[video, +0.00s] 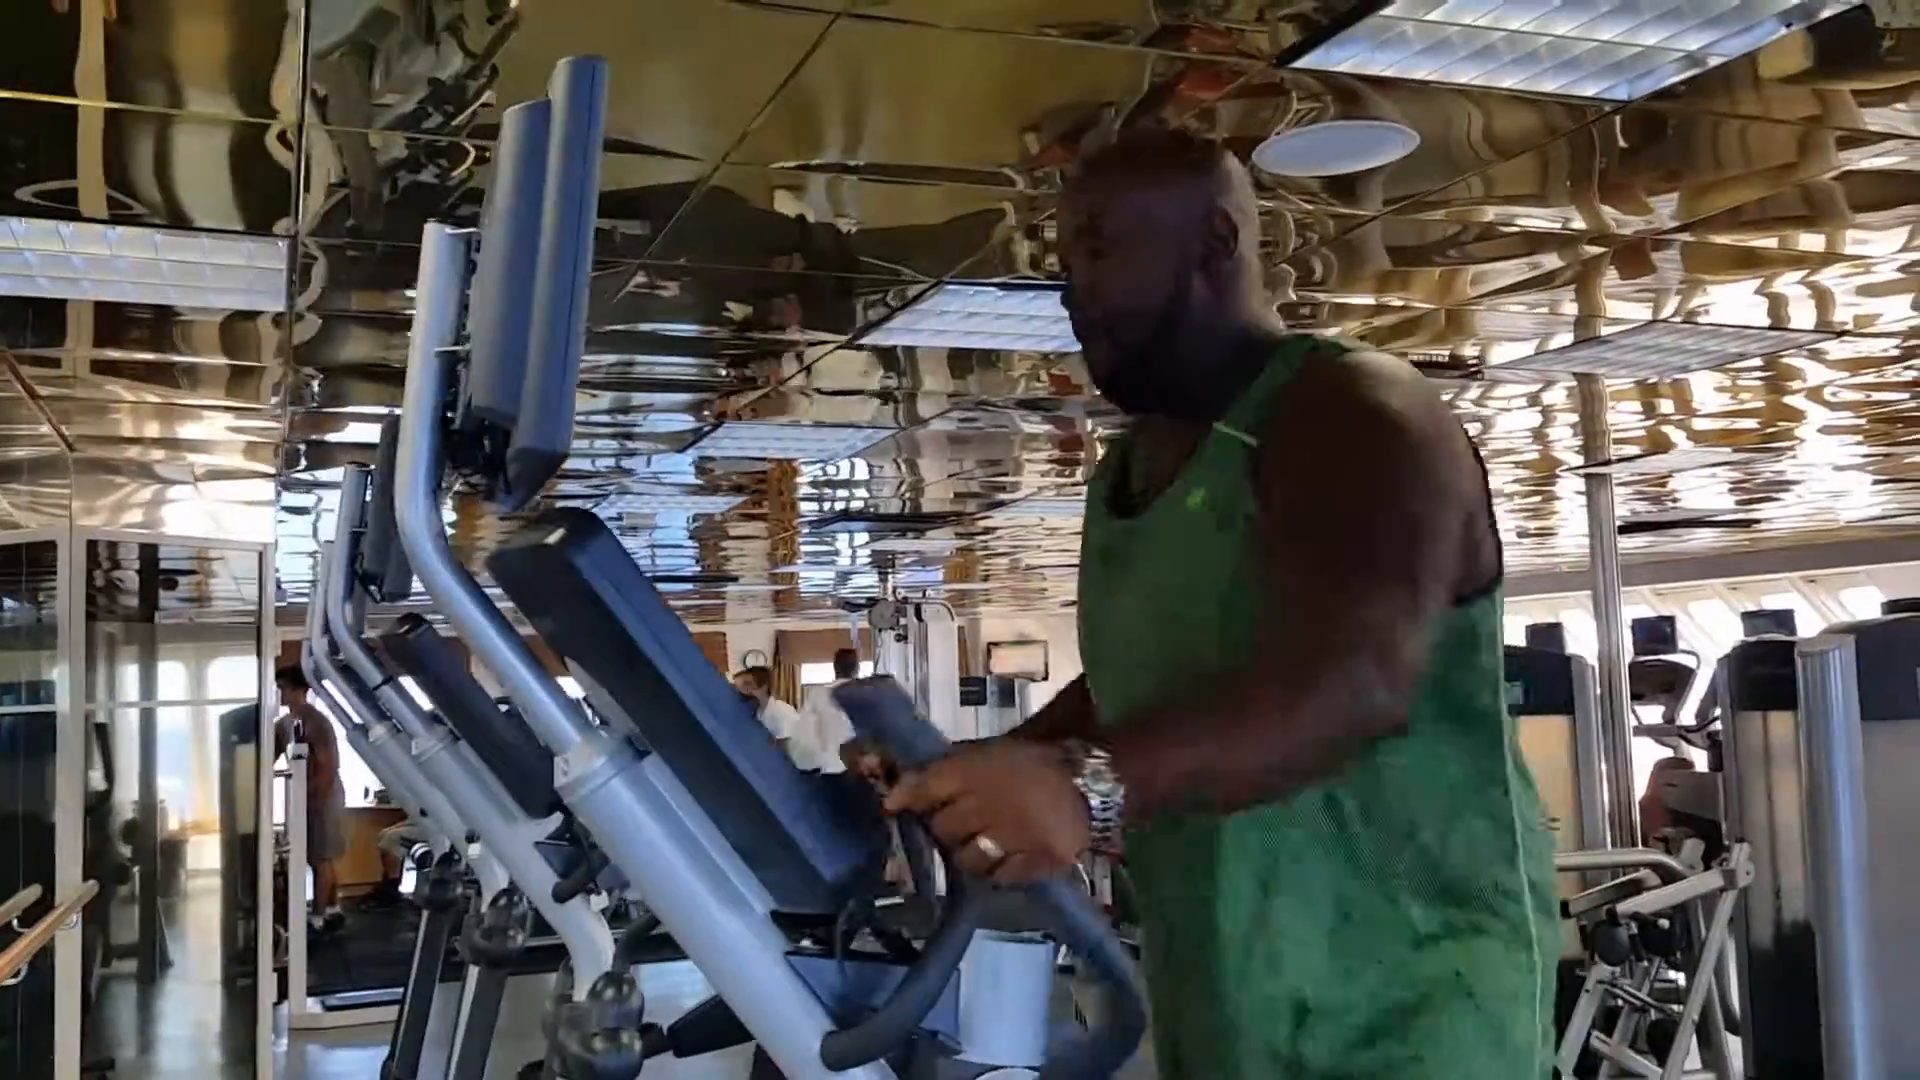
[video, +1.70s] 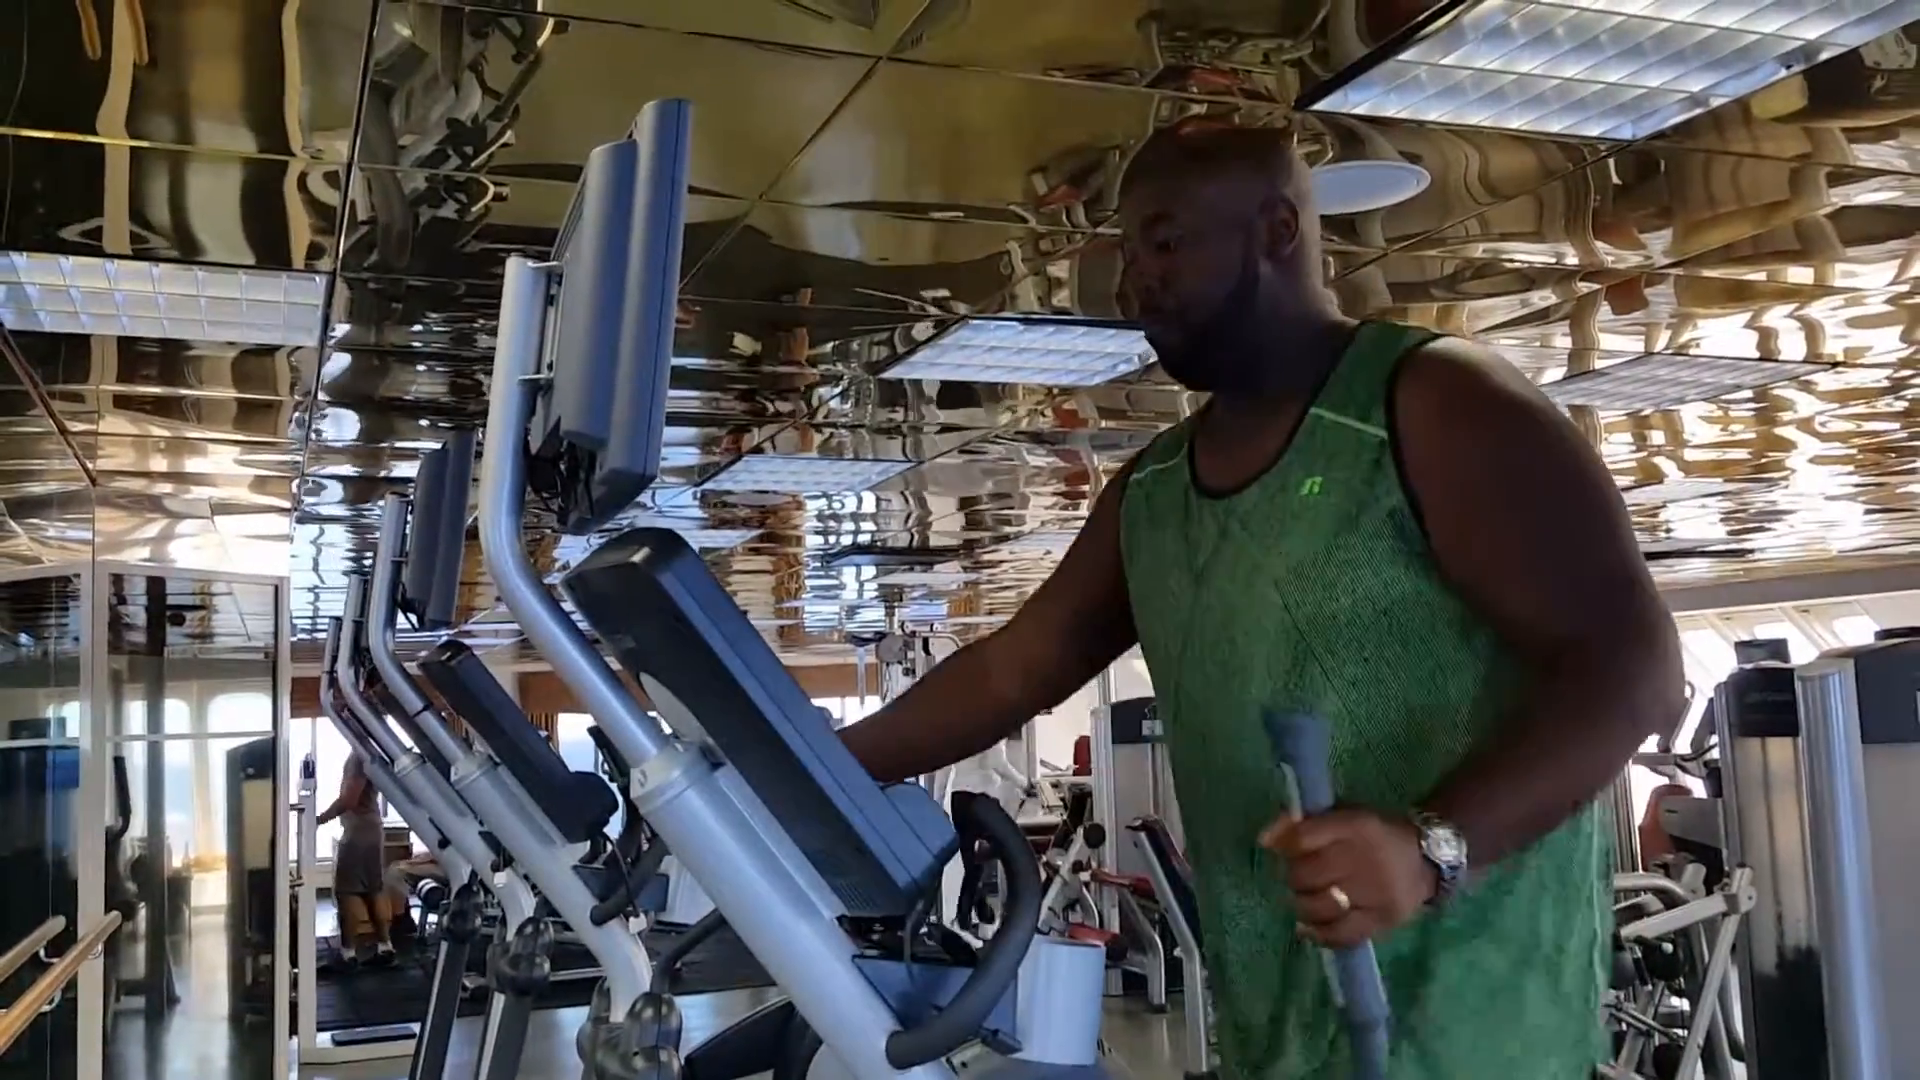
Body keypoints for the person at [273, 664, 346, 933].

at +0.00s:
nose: (279, 694)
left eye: (284, 688)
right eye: (279, 688)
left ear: (299, 690)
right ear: (287, 692)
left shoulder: (317, 722)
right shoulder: (284, 725)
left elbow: (327, 766)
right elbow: (266, 758)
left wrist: (313, 797)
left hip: (325, 794)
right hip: (304, 794)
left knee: (321, 856)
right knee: (319, 855)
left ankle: (319, 915)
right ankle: (333, 907)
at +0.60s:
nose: (278, 721)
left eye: (282, 714)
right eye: (278, 714)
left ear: (296, 717)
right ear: (298, 717)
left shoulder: (312, 750)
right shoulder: (297, 750)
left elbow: (322, 792)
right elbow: (298, 788)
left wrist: (291, 813)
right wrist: (281, 807)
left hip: (326, 820)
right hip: (319, 819)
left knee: (317, 883)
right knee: (331, 882)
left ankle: (314, 942)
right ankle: (344, 934)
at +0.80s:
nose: (298, 725)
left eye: (301, 720)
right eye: (298, 720)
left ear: (315, 724)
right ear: (318, 724)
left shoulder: (322, 753)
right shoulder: (326, 750)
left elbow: (329, 800)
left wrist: (299, 807)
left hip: (334, 828)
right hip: (342, 826)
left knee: (325, 892)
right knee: (342, 888)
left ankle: (320, 952)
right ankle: (367, 939)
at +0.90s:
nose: (311, 723)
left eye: (314, 718)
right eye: (312, 718)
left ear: (325, 722)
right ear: (333, 721)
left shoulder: (334, 754)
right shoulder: (346, 750)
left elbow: (333, 798)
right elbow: (341, 796)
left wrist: (306, 801)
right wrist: (311, 794)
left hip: (339, 832)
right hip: (352, 829)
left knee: (328, 894)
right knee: (350, 889)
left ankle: (322, 951)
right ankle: (374, 939)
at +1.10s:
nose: (338, 720)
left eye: (340, 713)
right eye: (338, 713)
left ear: (351, 720)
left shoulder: (354, 754)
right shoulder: (361, 751)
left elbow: (324, 787)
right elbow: (325, 773)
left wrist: (310, 748)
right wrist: (311, 749)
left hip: (352, 835)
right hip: (366, 833)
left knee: (339, 891)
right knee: (375, 886)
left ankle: (327, 949)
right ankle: (384, 942)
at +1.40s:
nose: (344, 741)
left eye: (345, 735)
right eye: (342, 736)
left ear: (358, 733)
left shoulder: (368, 758)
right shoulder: (376, 757)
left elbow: (342, 791)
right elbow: (345, 789)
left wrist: (316, 777)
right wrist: (319, 777)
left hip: (364, 835)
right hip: (379, 834)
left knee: (338, 885)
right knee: (380, 887)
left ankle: (347, 945)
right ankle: (389, 945)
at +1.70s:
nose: (343, 729)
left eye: (346, 722)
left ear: (353, 727)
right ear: (367, 728)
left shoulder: (358, 757)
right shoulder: (371, 755)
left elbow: (348, 799)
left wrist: (320, 818)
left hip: (357, 829)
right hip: (372, 828)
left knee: (346, 891)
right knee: (375, 888)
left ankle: (349, 951)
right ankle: (385, 946)